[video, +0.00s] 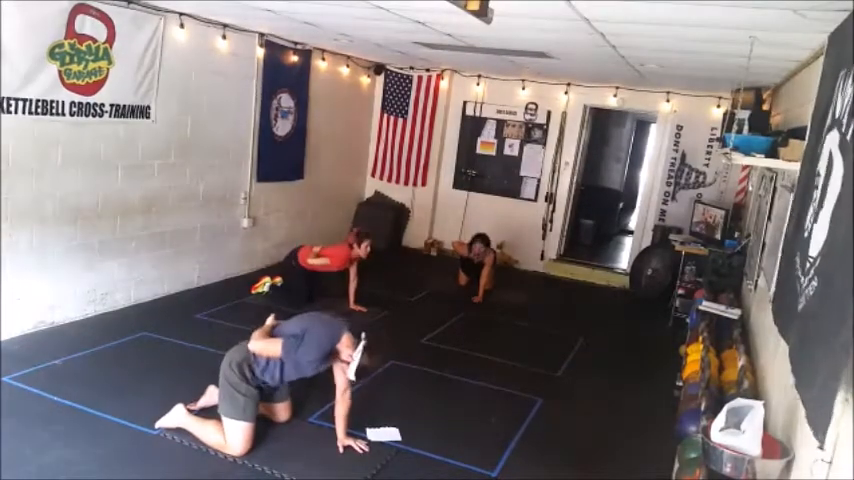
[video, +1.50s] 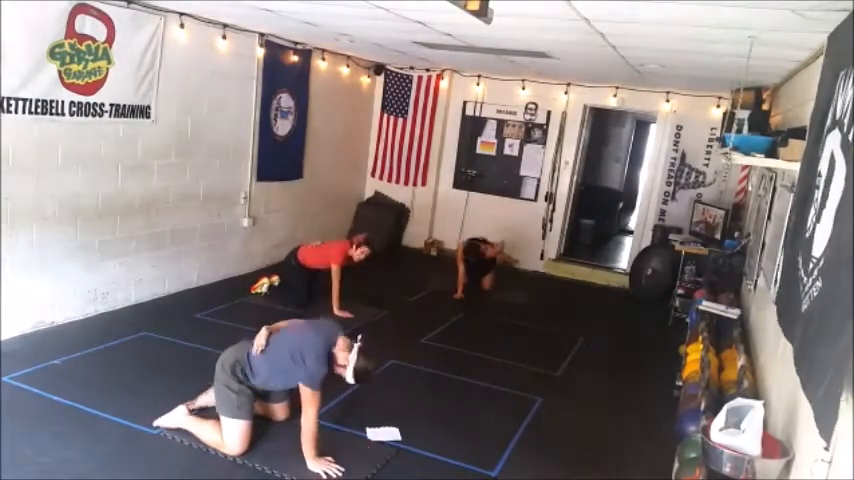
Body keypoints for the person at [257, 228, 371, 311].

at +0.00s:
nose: (369, 250)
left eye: (369, 247)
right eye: (366, 246)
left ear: (361, 247)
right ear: (357, 246)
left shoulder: (352, 257)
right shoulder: (342, 256)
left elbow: (353, 280)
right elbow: (310, 262)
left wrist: (351, 303)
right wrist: (315, 252)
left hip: (303, 254)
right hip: (296, 261)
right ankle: (270, 286)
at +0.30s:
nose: (359, 270)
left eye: (362, 270)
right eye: (363, 268)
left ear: (365, 256)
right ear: (363, 258)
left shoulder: (352, 253)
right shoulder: (338, 255)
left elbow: (352, 279)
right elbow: (304, 253)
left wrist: (352, 303)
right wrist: (310, 241)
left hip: (308, 262)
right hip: (296, 261)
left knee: (310, 295)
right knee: (301, 299)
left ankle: (279, 284)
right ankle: (269, 288)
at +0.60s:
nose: (346, 265)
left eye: (349, 266)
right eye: (348, 263)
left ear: (356, 255)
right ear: (352, 257)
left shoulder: (352, 248)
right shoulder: (335, 252)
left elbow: (352, 278)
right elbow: (304, 250)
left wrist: (352, 303)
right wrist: (310, 238)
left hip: (313, 262)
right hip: (299, 261)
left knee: (311, 295)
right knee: (299, 298)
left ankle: (281, 283)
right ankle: (269, 289)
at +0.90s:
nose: (369, 250)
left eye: (369, 247)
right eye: (366, 246)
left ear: (359, 247)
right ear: (356, 246)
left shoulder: (353, 255)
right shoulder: (342, 257)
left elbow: (353, 279)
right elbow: (308, 263)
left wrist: (352, 303)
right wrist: (315, 253)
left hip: (303, 255)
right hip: (294, 262)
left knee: (309, 295)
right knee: (300, 300)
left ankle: (280, 282)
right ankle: (270, 288)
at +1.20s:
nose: (366, 255)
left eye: (368, 252)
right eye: (365, 251)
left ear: (359, 247)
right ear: (356, 245)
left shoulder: (352, 254)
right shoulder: (341, 252)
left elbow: (353, 277)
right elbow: (312, 262)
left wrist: (352, 303)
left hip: (304, 260)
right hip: (294, 261)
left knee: (308, 295)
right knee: (301, 300)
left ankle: (280, 283)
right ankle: (271, 287)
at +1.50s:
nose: (362, 257)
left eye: (365, 255)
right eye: (362, 252)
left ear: (364, 254)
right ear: (355, 247)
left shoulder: (348, 247)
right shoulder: (339, 252)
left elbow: (331, 244)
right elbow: (335, 282)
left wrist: (319, 244)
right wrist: (336, 309)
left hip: (308, 261)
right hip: (296, 262)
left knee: (311, 296)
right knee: (299, 301)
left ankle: (278, 282)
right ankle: (269, 287)